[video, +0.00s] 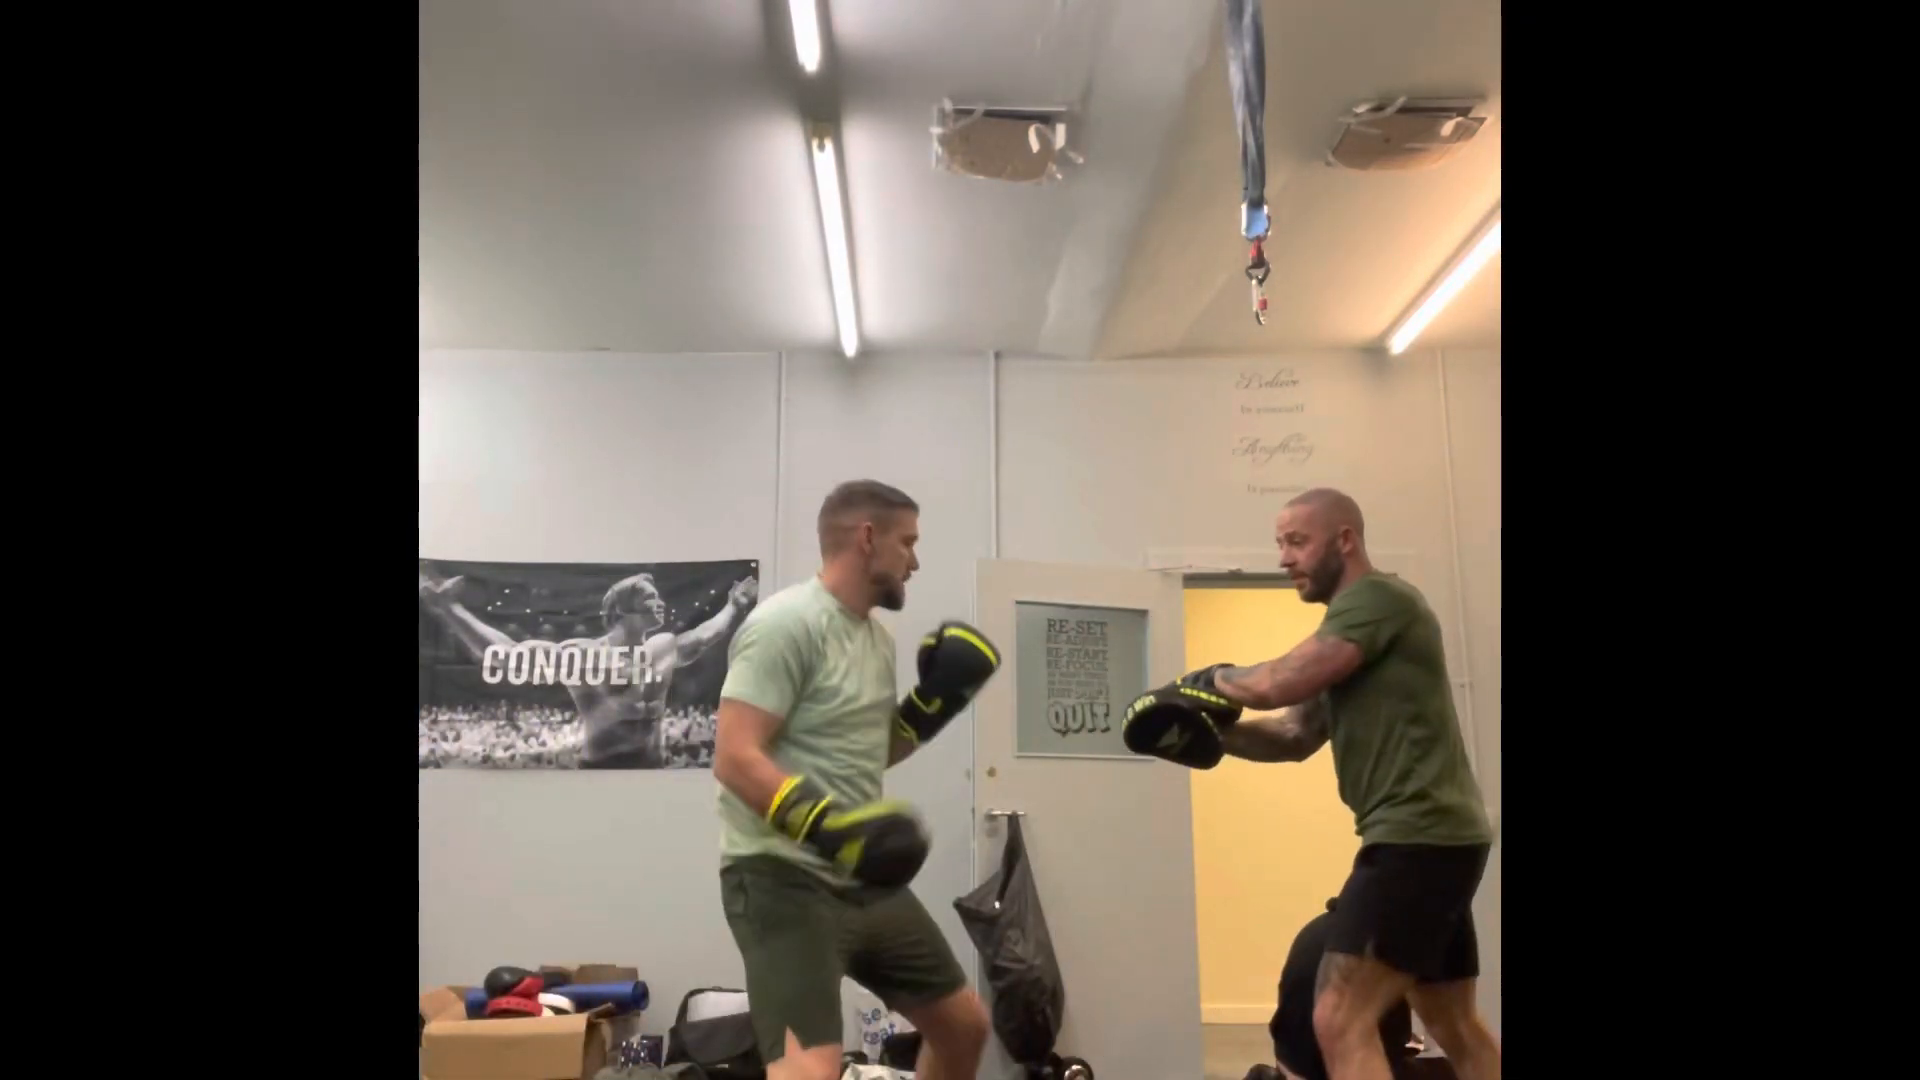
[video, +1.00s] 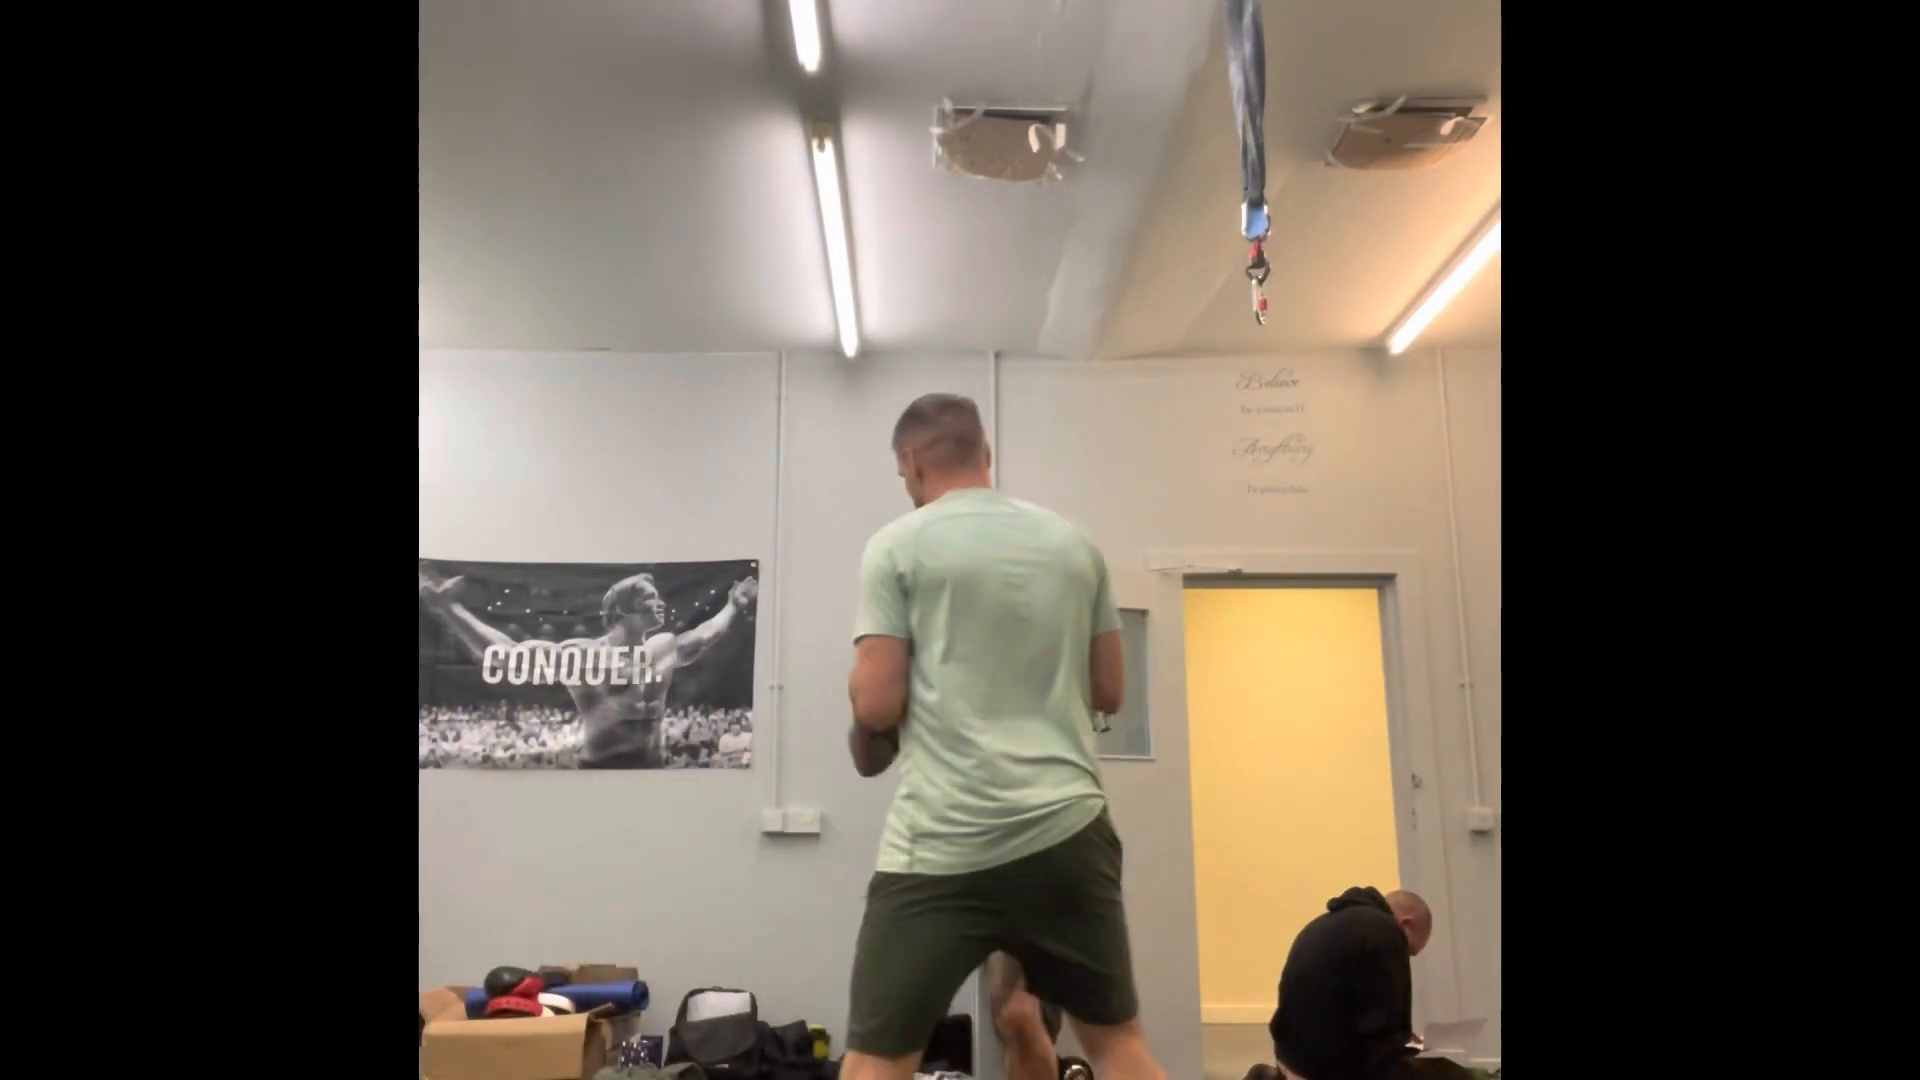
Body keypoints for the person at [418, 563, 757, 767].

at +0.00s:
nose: (661, 609)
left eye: (659, 602)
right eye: (651, 602)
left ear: (652, 610)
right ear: (624, 612)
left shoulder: (666, 648)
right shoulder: (580, 655)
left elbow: (710, 633)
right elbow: (505, 653)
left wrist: (736, 604)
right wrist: (450, 608)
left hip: (652, 775)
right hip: (599, 775)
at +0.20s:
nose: (663, 609)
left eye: (661, 601)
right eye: (653, 602)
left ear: (650, 610)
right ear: (625, 612)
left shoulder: (665, 648)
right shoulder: (579, 655)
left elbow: (709, 634)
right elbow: (506, 652)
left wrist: (736, 604)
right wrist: (449, 608)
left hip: (652, 773)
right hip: (600, 775)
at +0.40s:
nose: (662, 607)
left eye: (660, 600)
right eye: (652, 601)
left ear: (650, 610)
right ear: (625, 612)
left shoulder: (665, 648)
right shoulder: (579, 655)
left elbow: (708, 634)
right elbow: (506, 653)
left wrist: (736, 605)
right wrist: (449, 608)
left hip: (652, 772)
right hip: (600, 774)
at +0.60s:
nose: (662, 609)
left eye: (660, 602)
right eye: (652, 602)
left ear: (648, 611)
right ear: (624, 612)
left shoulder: (664, 648)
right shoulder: (580, 655)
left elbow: (709, 633)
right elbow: (506, 652)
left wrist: (736, 604)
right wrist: (449, 608)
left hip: (652, 773)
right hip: (600, 775)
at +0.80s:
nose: (662, 609)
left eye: (660, 602)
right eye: (652, 603)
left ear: (650, 612)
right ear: (624, 613)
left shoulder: (664, 648)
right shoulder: (580, 655)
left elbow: (710, 633)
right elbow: (506, 652)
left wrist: (736, 604)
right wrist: (449, 608)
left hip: (652, 774)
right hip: (600, 776)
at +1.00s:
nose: (662, 612)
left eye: (660, 604)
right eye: (652, 605)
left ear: (651, 613)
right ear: (623, 614)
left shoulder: (664, 649)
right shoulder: (579, 655)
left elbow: (710, 633)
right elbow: (505, 651)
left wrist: (736, 604)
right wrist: (448, 607)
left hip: (652, 773)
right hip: (600, 775)